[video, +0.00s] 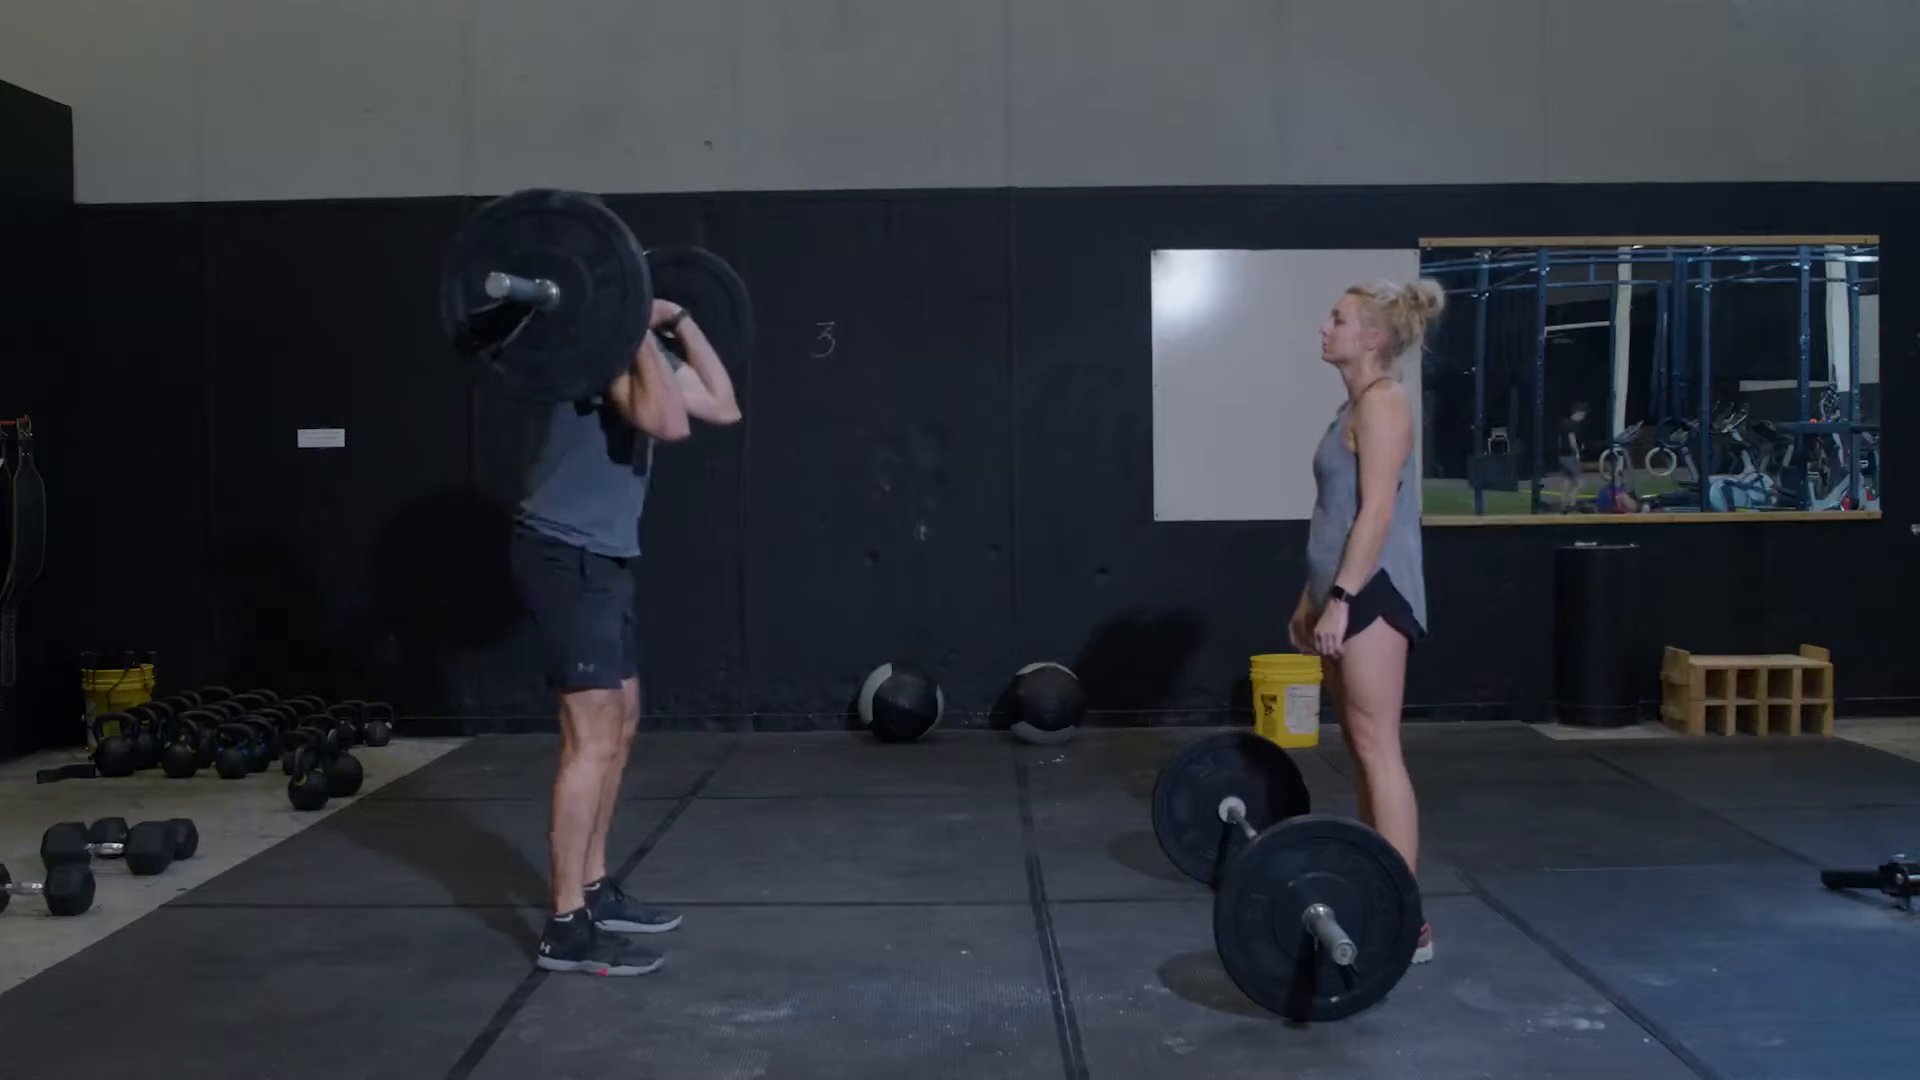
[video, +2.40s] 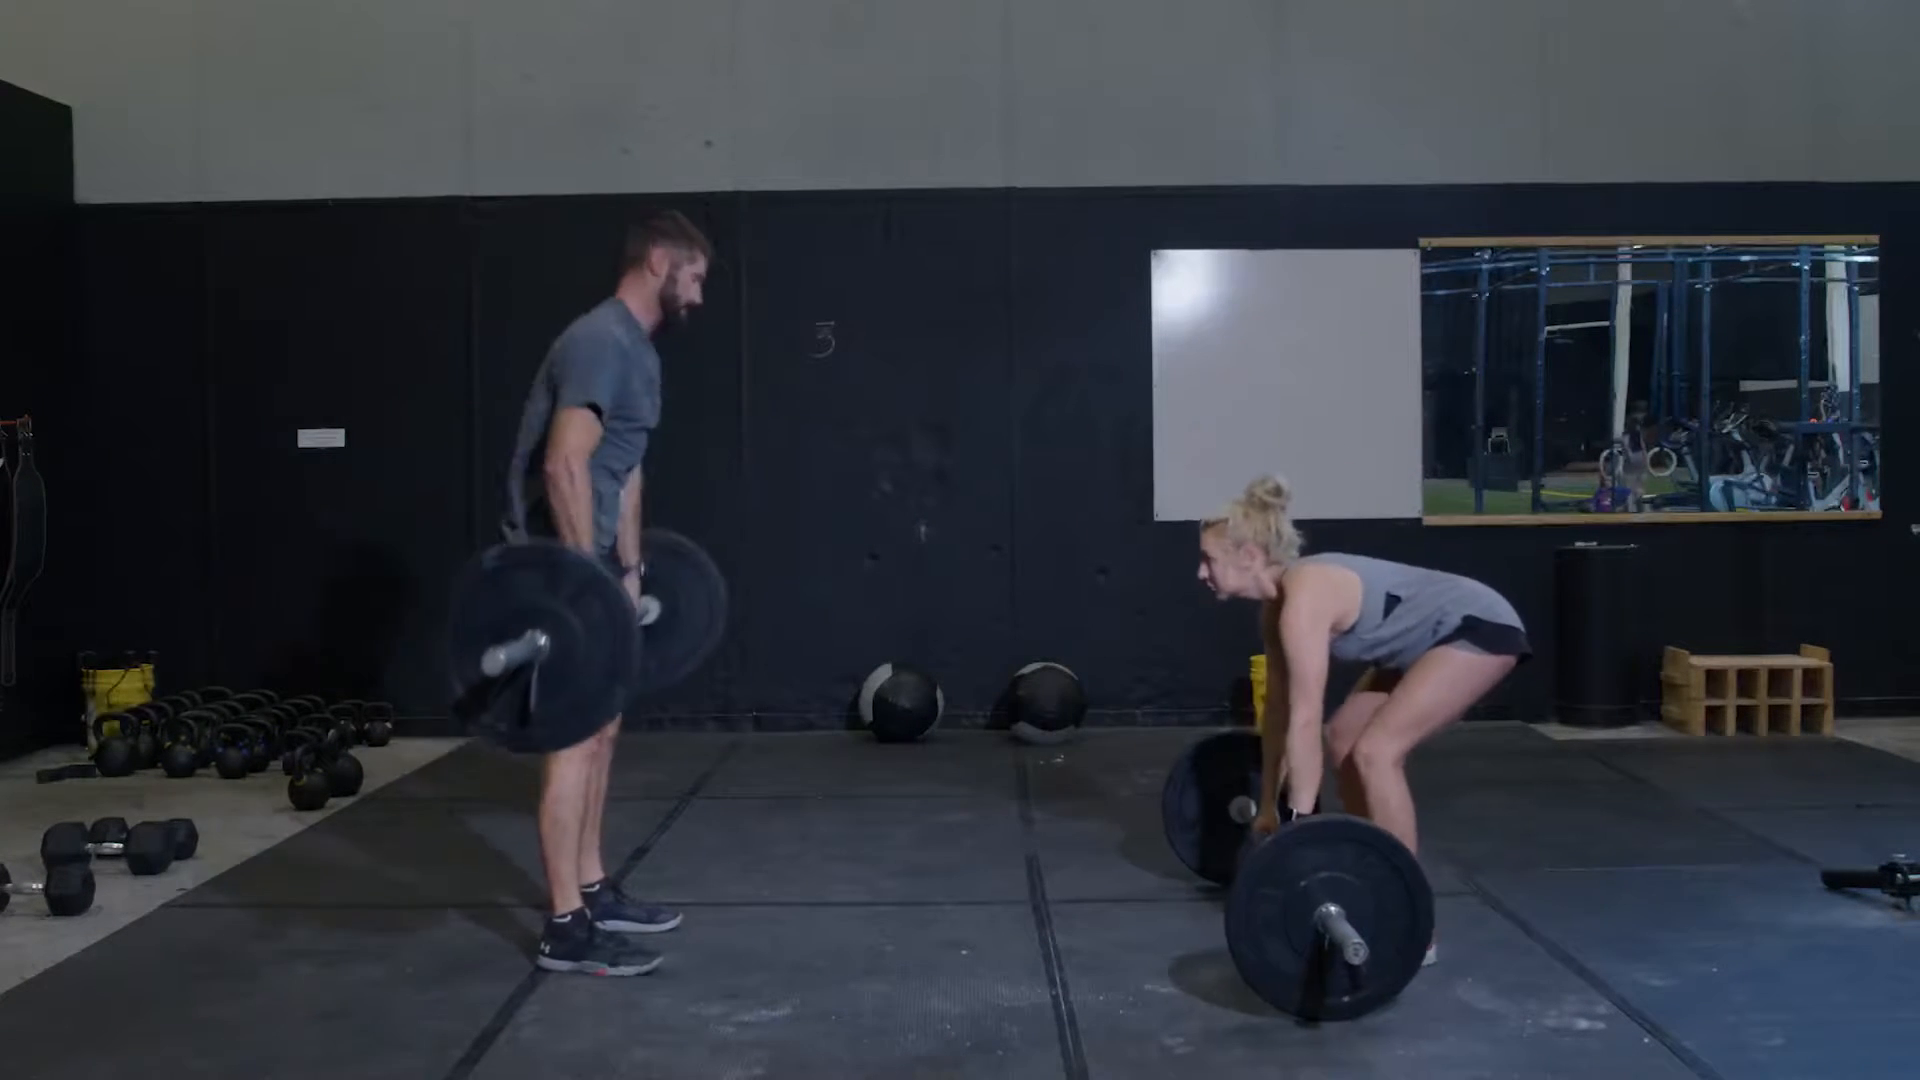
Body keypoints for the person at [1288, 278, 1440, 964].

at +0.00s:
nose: (1325, 329)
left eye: (1339, 321)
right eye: (1329, 319)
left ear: (1374, 338)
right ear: (1360, 338)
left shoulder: (1383, 404)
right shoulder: (1355, 407)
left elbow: (1377, 512)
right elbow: (1338, 515)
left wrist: (1341, 597)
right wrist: (1313, 594)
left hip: (1376, 595)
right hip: (1350, 593)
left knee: (1378, 748)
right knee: (1364, 746)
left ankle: (1402, 914)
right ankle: (1379, 901)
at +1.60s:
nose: (1279, 379)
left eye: (1282, 365)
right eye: (1274, 369)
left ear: (1318, 347)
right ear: (1312, 350)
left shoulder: (1364, 405)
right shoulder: (1337, 417)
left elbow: (1361, 519)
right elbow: (1332, 528)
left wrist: (1334, 612)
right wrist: (1308, 618)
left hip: (1401, 588)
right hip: (1365, 591)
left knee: (1382, 748)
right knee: (1348, 743)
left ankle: (1402, 919)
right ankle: (1370, 903)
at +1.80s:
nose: (1235, 453)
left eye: (1236, 439)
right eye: (1228, 443)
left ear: (1266, 415)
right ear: (1259, 418)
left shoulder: (1327, 457)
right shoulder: (1295, 476)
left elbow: (1336, 573)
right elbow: (1303, 578)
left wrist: (1328, 673)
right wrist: (1299, 673)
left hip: (1448, 595)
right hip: (1395, 606)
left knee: (1396, 743)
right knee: (1360, 739)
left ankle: (1407, 921)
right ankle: (1369, 901)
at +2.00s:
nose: (1212, 547)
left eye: (1214, 532)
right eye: (1207, 535)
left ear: (1244, 509)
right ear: (1243, 512)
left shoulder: (1303, 548)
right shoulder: (1280, 561)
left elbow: (1306, 667)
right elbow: (1280, 669)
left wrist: (1291, 771)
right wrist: (1269, 758)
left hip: (1473, 612)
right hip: (1420, 623)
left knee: (1388, 749)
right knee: (1351, 739)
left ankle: (1407, 924)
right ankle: (1368, 901)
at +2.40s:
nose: (1202, 574)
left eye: (1209, 561)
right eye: (1202, 562)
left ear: (1252, 556)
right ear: (1252, 559)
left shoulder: (1306, 598)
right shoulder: (1279, 603)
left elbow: (1305, 718)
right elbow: (1275, 713)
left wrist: (1298, 825)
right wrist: (1269, 806)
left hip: (1480, 629)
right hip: (1426, 636)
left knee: (1376, 752)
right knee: (1339, 740)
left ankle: (1407, 923)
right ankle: (1374, 893)